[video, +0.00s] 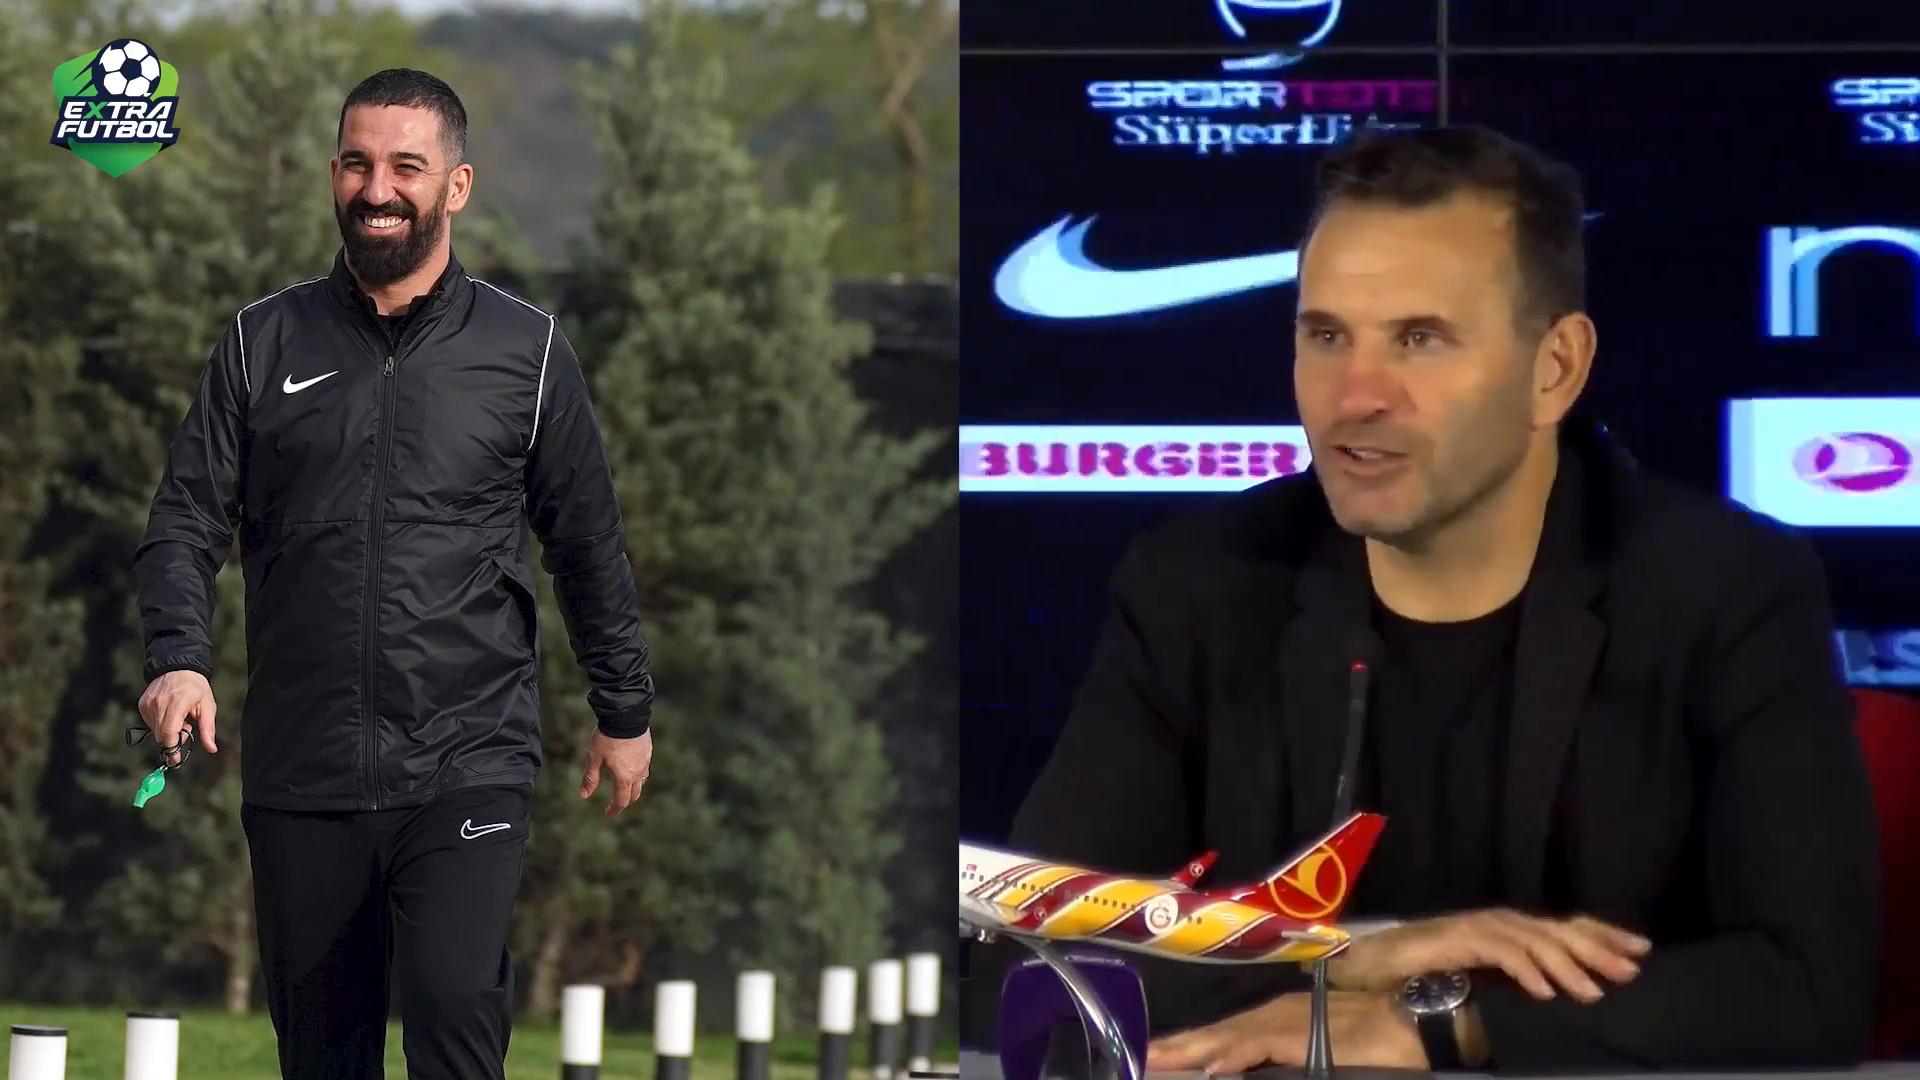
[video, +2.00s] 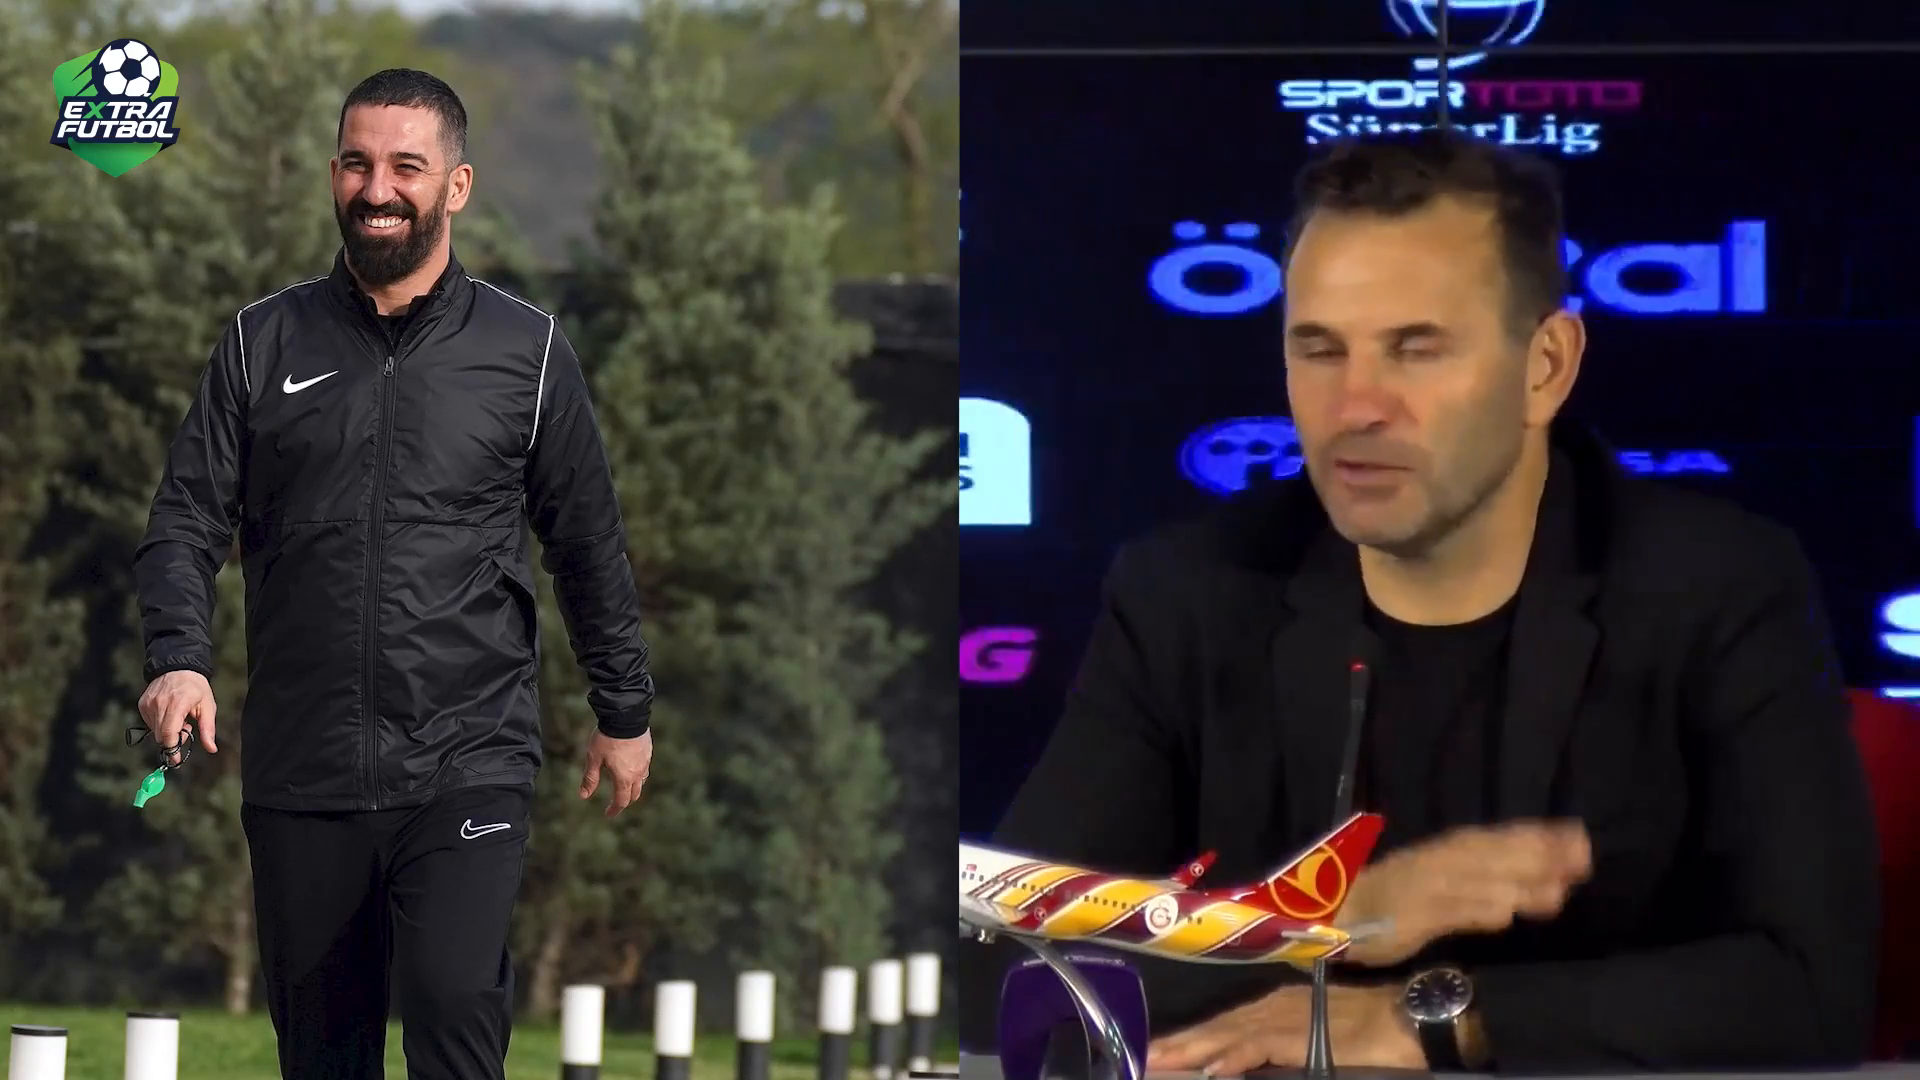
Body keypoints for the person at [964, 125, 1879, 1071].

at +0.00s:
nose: (1353, 395)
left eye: (1420, 339)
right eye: (1327, 336)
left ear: (1556, 369)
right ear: (1295, 341)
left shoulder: (1731, 596)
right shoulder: (1194, 587)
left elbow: (1807, 991)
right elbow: (1034, 957)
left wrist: (1433, 1029)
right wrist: (1347, 959)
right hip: (1245, 1071)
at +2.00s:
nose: (1352, 407)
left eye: (1415, 350)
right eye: (1320, 350)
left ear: (1547, 366)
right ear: (1284, 359)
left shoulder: (1719, 593)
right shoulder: (1185, 595)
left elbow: (1810, 990)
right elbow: (1020, 944)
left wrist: (1436, 1019)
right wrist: (1314, 919)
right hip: (1245, 1077)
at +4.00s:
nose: (1324, 389)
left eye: (1387, 330)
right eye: (1300, 334)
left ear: (1537, 349)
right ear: (1276, 342)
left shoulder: (1735, 593)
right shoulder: (1193, 593)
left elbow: (1813, 993)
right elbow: (1024, 977)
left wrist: (1436, 1024)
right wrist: (1319, 954)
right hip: (1254, 1075)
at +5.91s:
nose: (1342, 401)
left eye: (1406, 342)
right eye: (1314, 345)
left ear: (1548, 360)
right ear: (1286, 354)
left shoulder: (1733, 593)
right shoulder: (1200, 594)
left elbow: (1806, 992)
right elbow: (1023, 963)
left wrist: (1430, 1035)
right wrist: (1310, 965)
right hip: (1261, 1078)